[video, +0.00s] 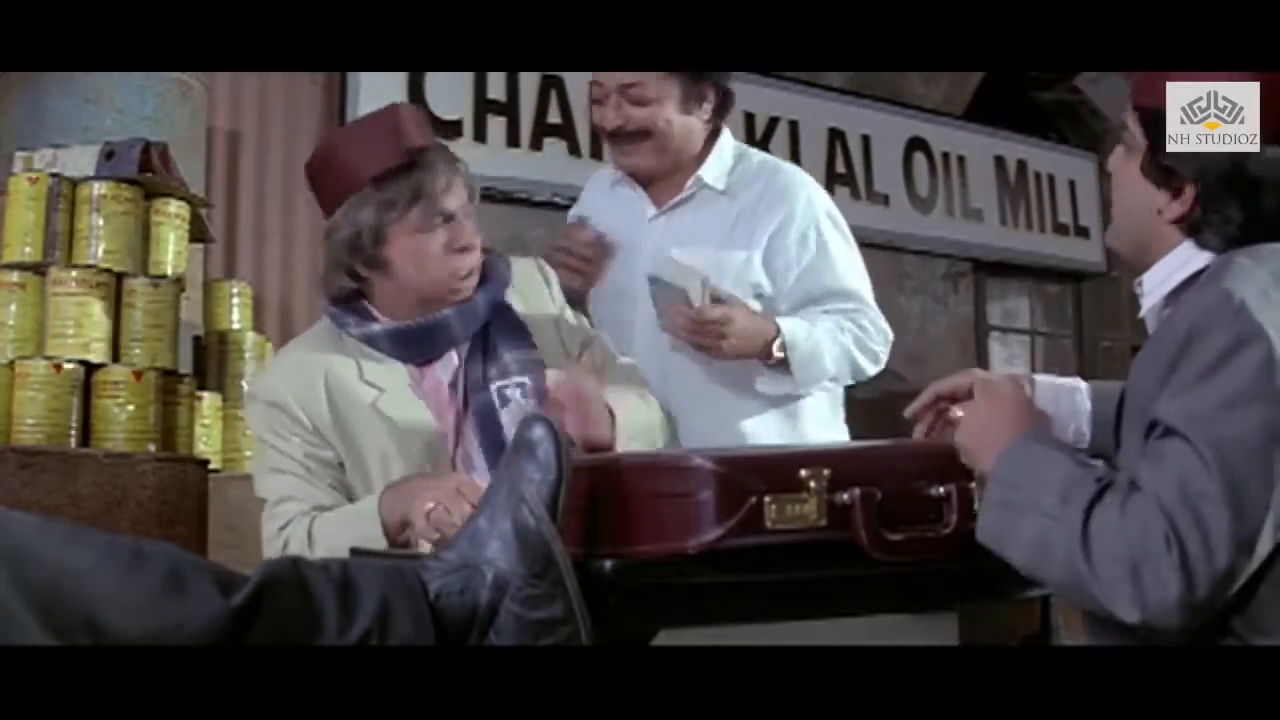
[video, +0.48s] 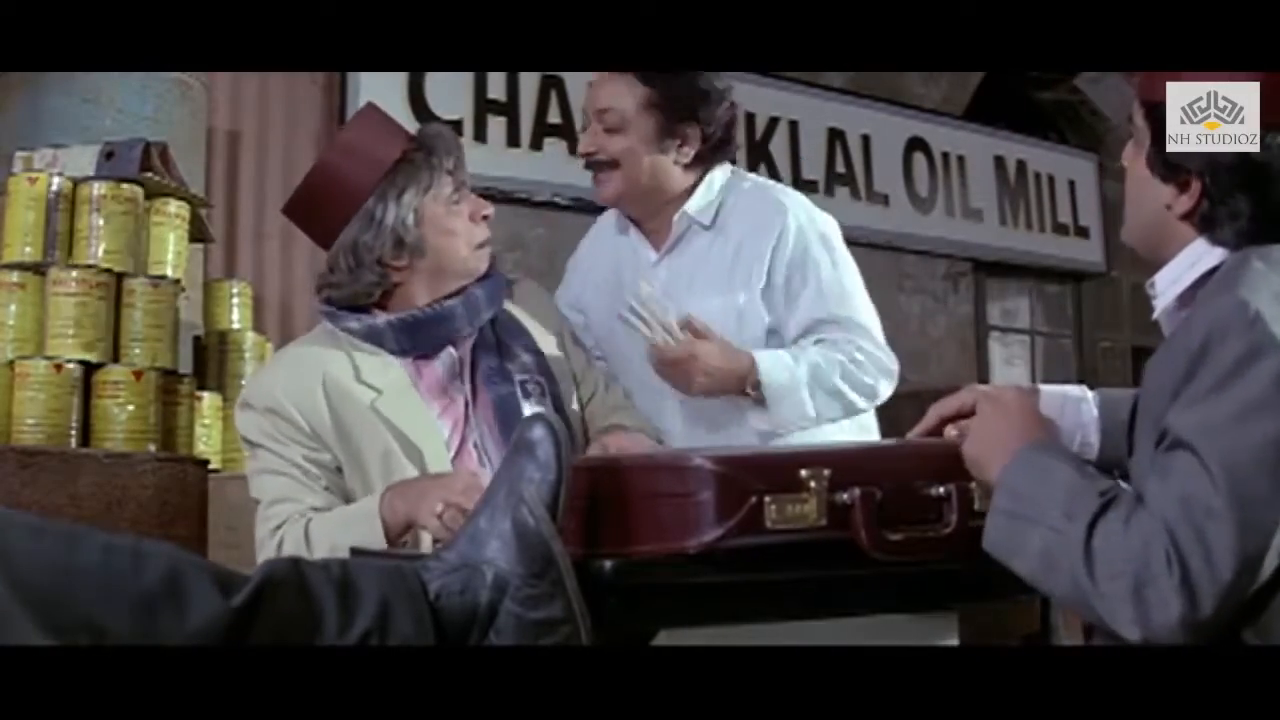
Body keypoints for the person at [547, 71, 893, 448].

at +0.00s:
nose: (611, 119)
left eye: (636, 99)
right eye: (598, 100)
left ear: (704, 102)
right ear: (589, 103)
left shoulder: (786, 197)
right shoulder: (601, 195)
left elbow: (863, 335)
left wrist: (773, 339)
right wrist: (566, 290)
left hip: (773, 486)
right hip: (633, 481)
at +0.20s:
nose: (625, 119)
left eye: (649, 100)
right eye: (618, 101)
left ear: (721, 113)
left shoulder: (813, 197)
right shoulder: (623, 198)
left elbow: (880, 341)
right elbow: (580, 340)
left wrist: (762, 338)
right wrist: (613, 327)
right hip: (661, 488)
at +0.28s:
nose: (617, 123)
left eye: (641, 105)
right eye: (616, 103)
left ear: (716, 123)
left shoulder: (807, 200)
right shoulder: (621, 208)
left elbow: (883, 341)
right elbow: (587, 361)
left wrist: (758, 351)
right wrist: (591, 307)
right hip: (661, 496)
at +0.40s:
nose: (598, 136)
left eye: (622, 117)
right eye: (598, 117)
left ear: (694, 134)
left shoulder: (793, 219)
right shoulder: (597, 249)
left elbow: (878, 351)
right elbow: (571, 377)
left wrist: (771, 377)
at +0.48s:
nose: (586, 146)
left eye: (610, 128)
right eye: (588, 128)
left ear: (683, 143)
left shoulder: (785, 224)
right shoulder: (592, 260)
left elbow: (865, 363)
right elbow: (576, 390)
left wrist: (750, 374)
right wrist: (611, 434)